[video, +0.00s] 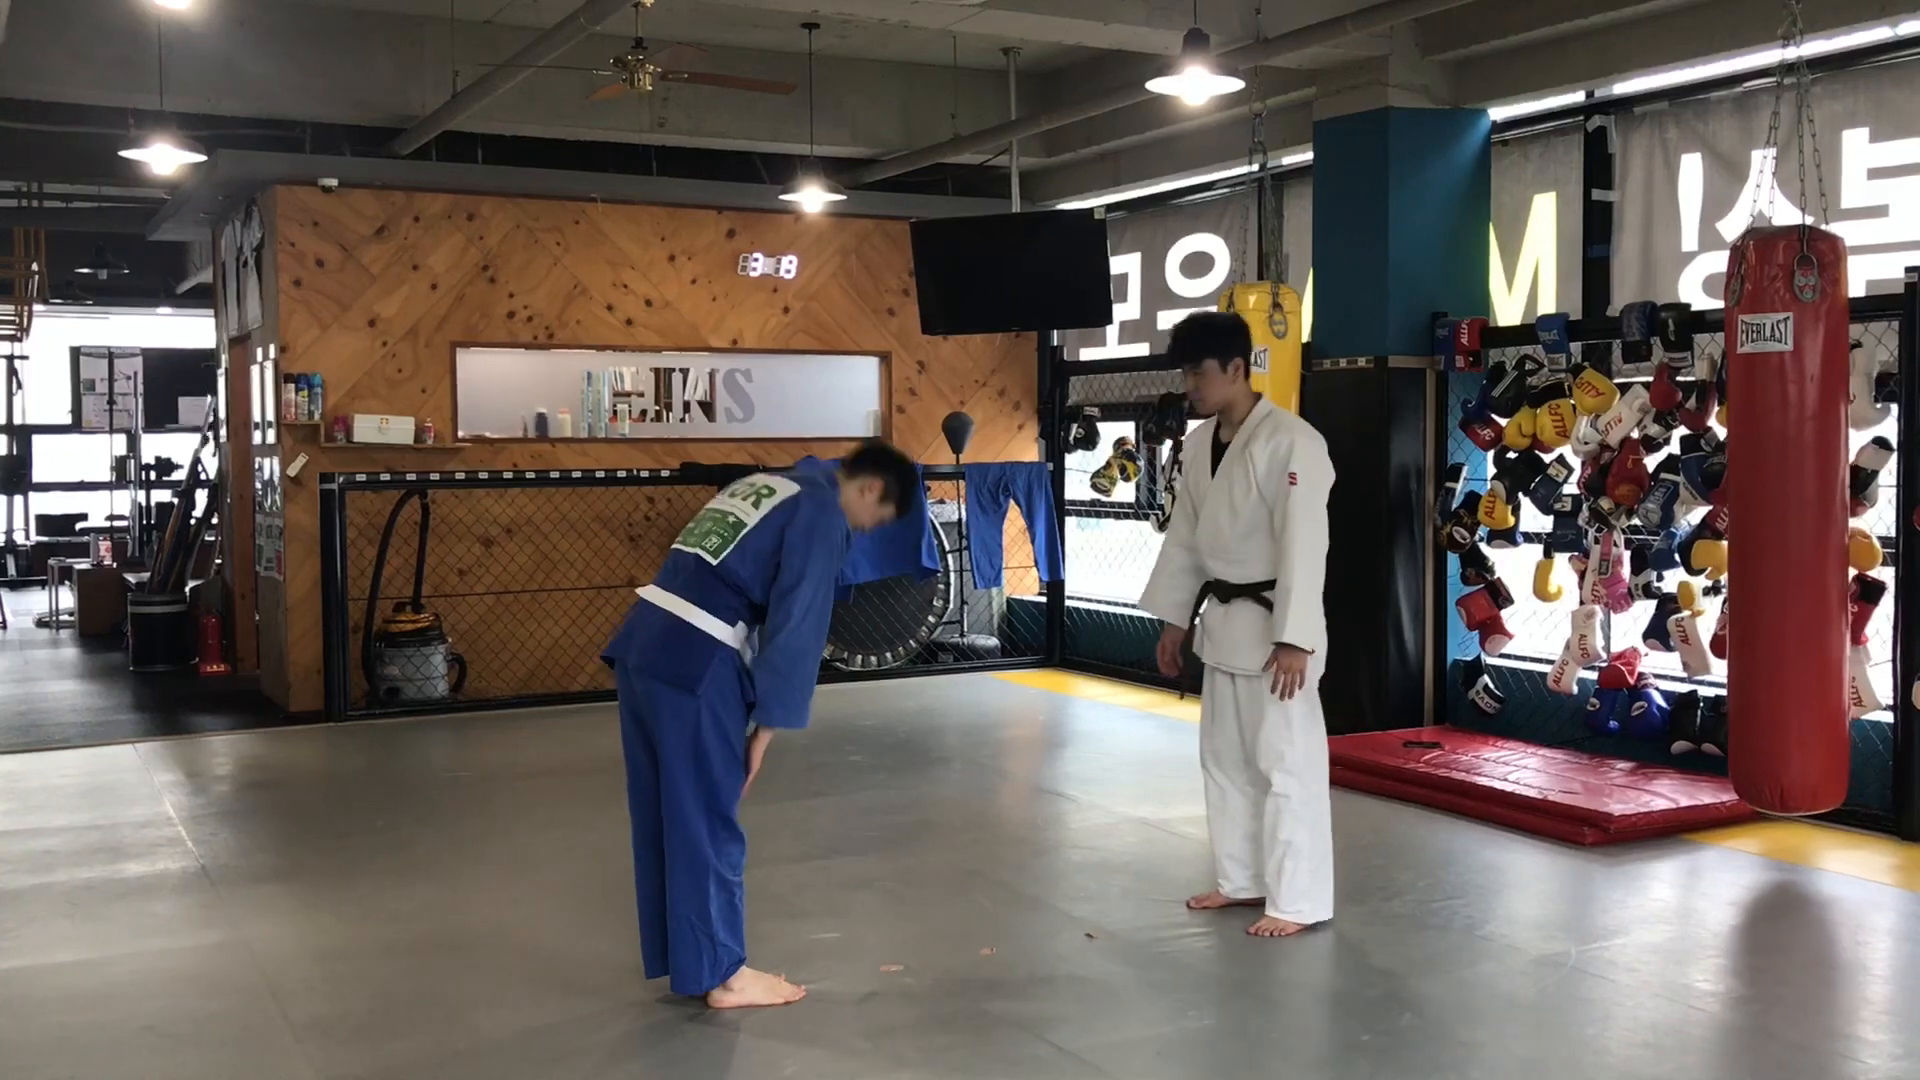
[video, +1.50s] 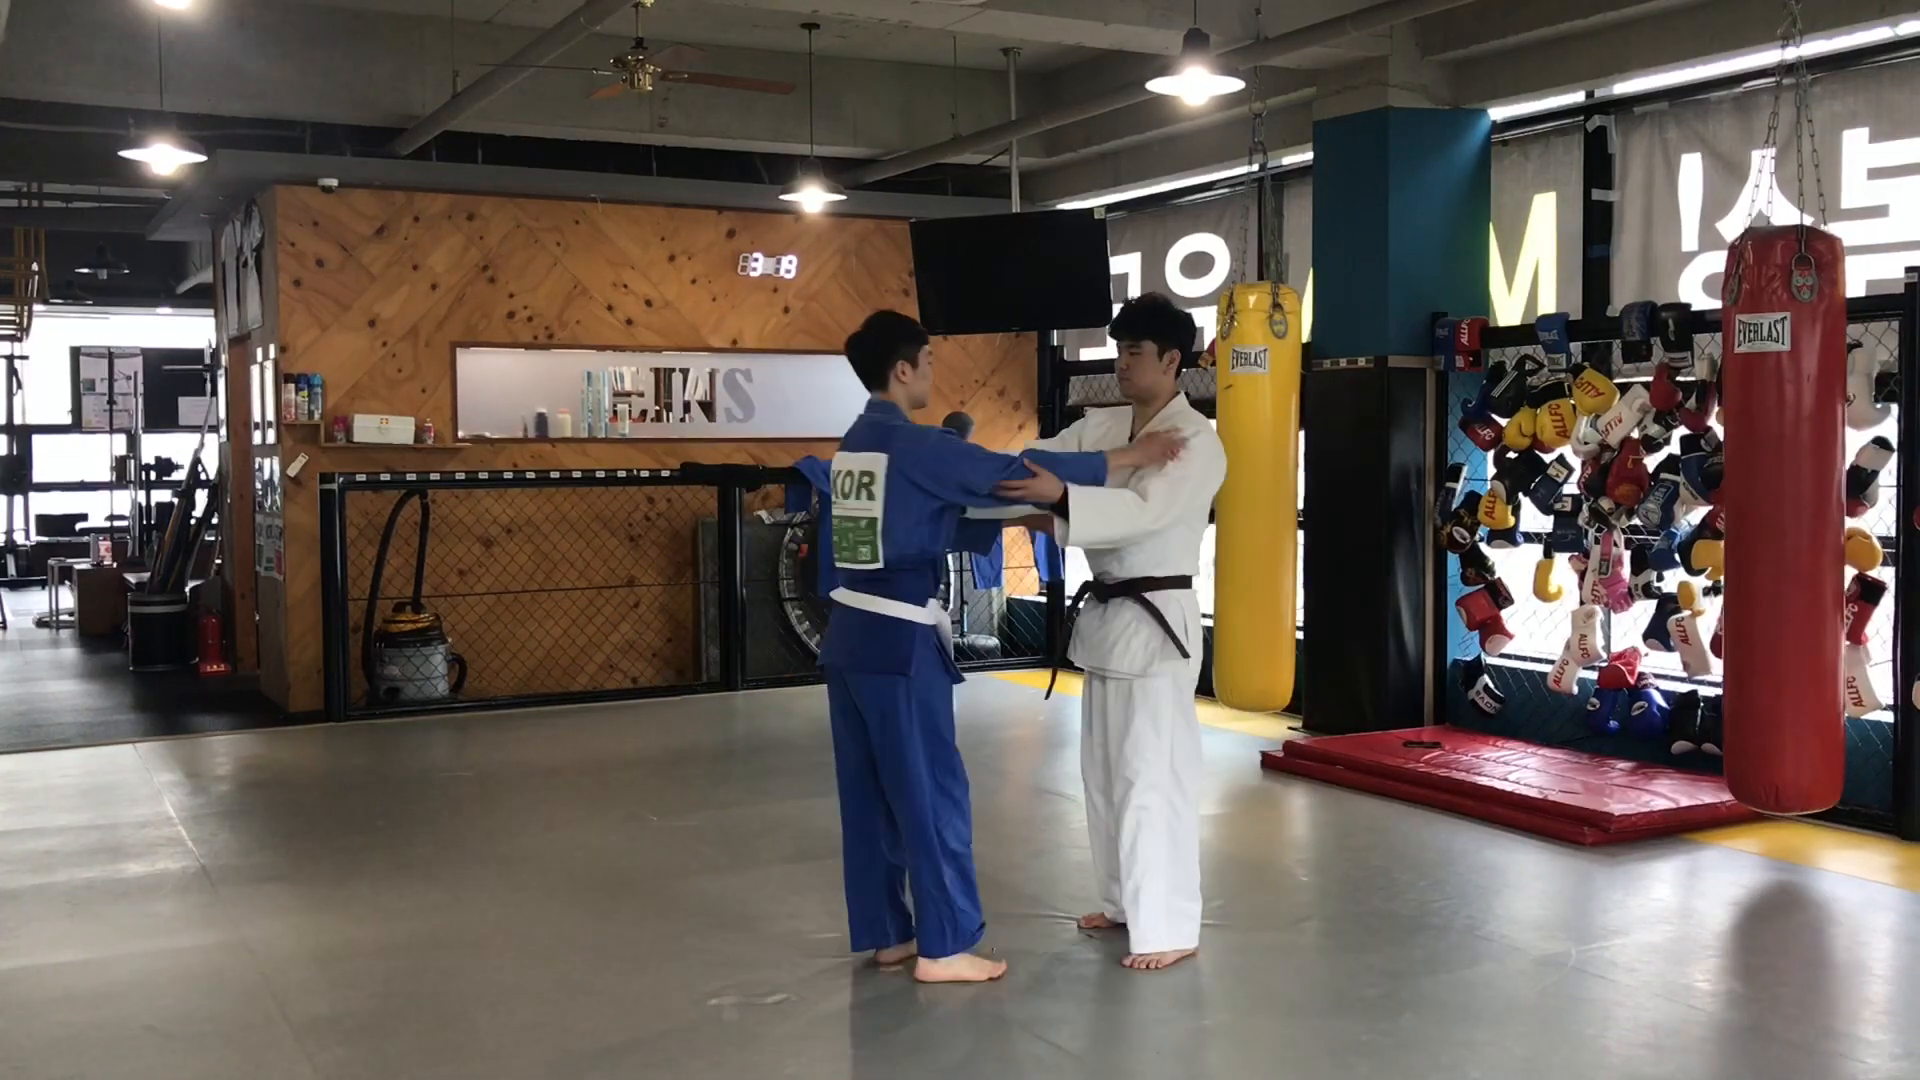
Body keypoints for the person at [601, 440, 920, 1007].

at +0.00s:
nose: (871, 527)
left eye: (882, 520)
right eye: (881, 514)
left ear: (855, 476)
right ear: (869, 489)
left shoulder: (765, 482)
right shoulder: (821, 514)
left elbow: (725, 585)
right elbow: (796, 623)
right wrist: (766, 724)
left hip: (642, 652)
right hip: (695, 667)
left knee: (663, 815)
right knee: (709, 817)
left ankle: (685, 962)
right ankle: (722, 971)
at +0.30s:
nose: (828, 410)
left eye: (831, 397)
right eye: (829, 395)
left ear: (773, 382)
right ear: (805, 387)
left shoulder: (715, 447)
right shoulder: (785, 459)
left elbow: (714, 557)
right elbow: (801, 572)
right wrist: (811, 667)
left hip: (686, 656)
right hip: (740, 665)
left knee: (696, 811)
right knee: (743, 818)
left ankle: (700, 963)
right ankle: (732, 976)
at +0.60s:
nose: (803, 377)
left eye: (801, 364)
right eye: (798, 365)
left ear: (742, 372)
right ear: (773, 369)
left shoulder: (713, 448)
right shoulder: (774, 454)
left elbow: (829, 488)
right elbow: (803, 566)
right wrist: (830, 656)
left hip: (715, 658)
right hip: (766, 667)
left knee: (724, 817)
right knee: (769, 824)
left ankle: (707, 966)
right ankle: (743, 978)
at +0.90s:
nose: (840, 383)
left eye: (838, 371)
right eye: (834, 372)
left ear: (782, 379)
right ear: (809, 377)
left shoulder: (748, 456)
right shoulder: (820, 465)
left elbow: (762, 560)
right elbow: (848, 578)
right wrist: (879, 667)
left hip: (752, 658)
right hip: (801, 666)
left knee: (824, 796)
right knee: (784, 814)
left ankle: (866, 922)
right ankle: (740, 978)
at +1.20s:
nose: (886, 379)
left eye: (883, 366)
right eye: (880, 368)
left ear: (830, 378)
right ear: (855, 375)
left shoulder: (812, 454)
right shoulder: (866, 460)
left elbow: (847, 552)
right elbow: (938, 535)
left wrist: (912, 587)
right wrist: (1013, 517)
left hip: (822, 652)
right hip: (865, 658)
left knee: (855, 795)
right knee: (881, 799)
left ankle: (889, 933)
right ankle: (776, 933)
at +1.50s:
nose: (933, 375)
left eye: (928, 362)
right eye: (927, 363)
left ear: (874, 374)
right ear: (903, 370)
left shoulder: (857, 443)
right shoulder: (920, 447)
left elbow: (953, 520)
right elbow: (1016, 470)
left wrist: (1016, 505)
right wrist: (1128, 457)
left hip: (849, 645)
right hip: (900, 648)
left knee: (867, 797)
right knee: (932, 792)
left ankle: (886, 937)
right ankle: (945, 949)